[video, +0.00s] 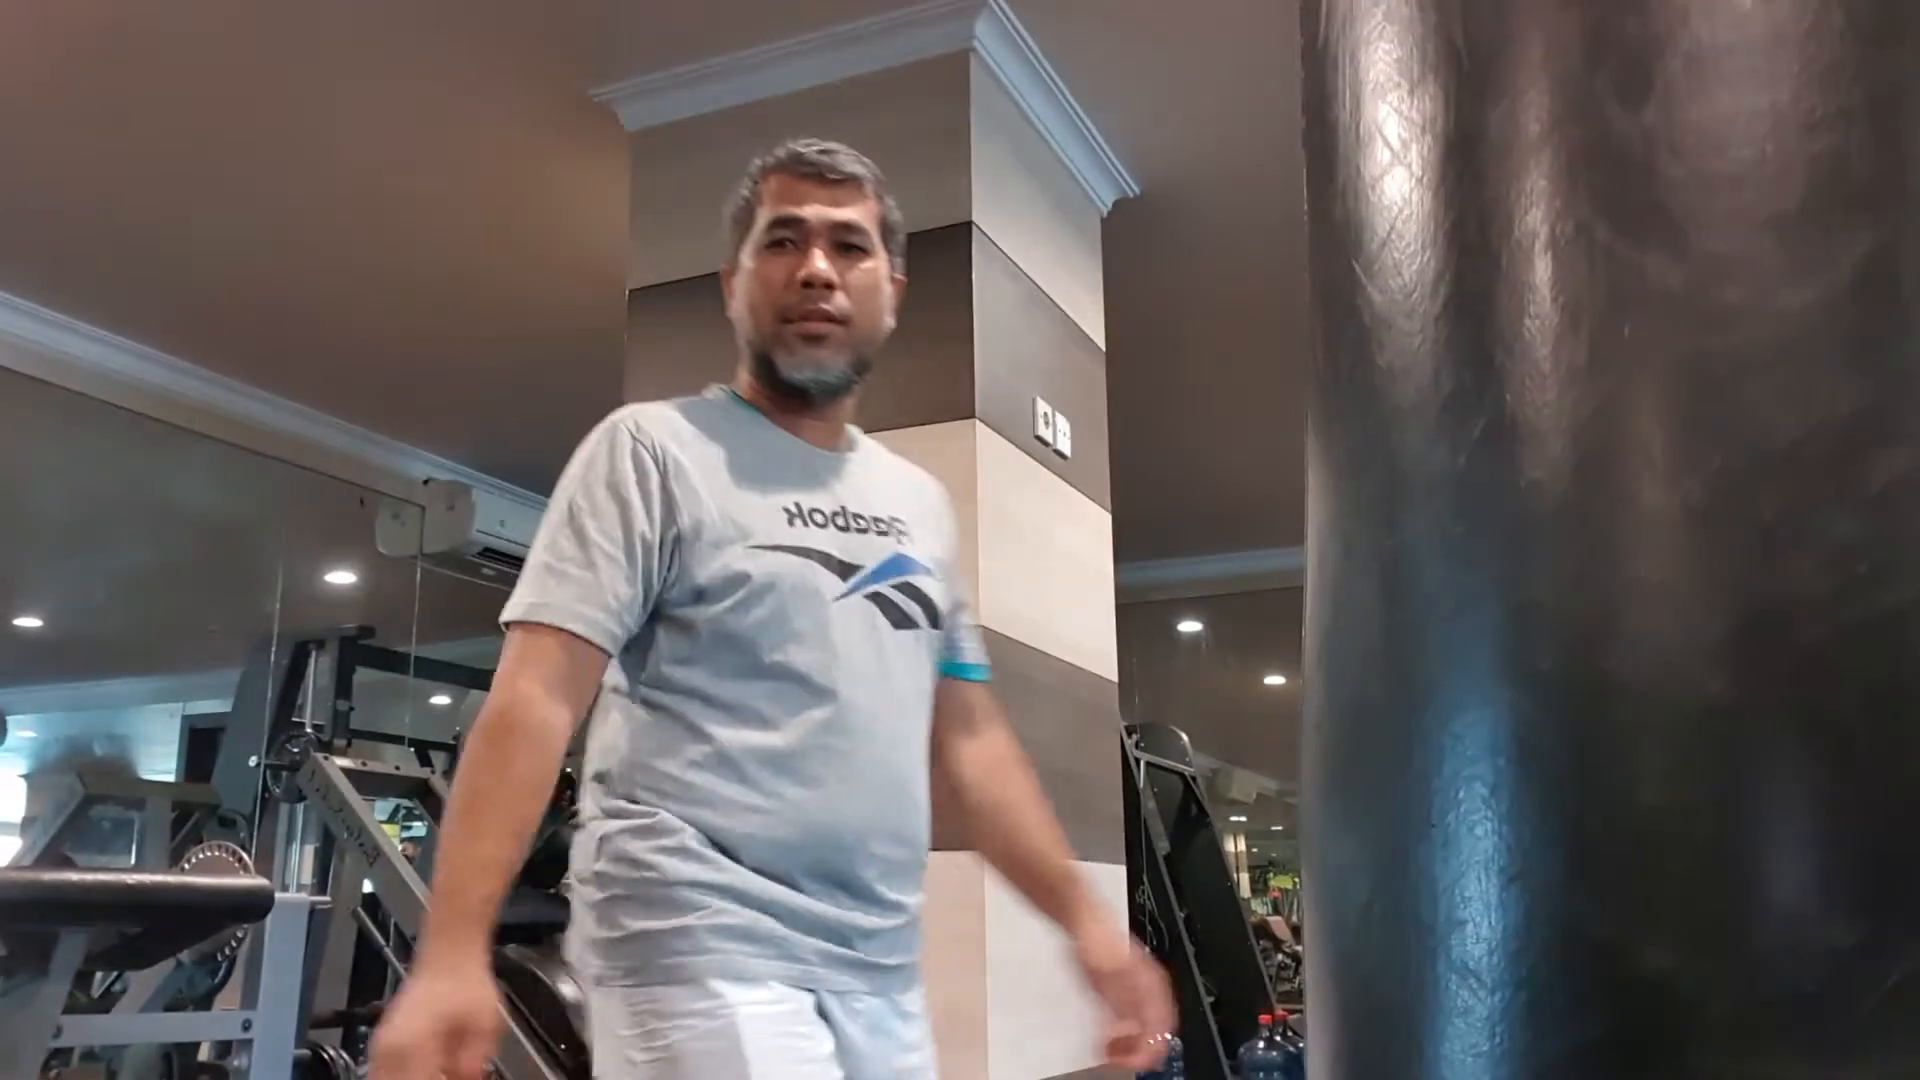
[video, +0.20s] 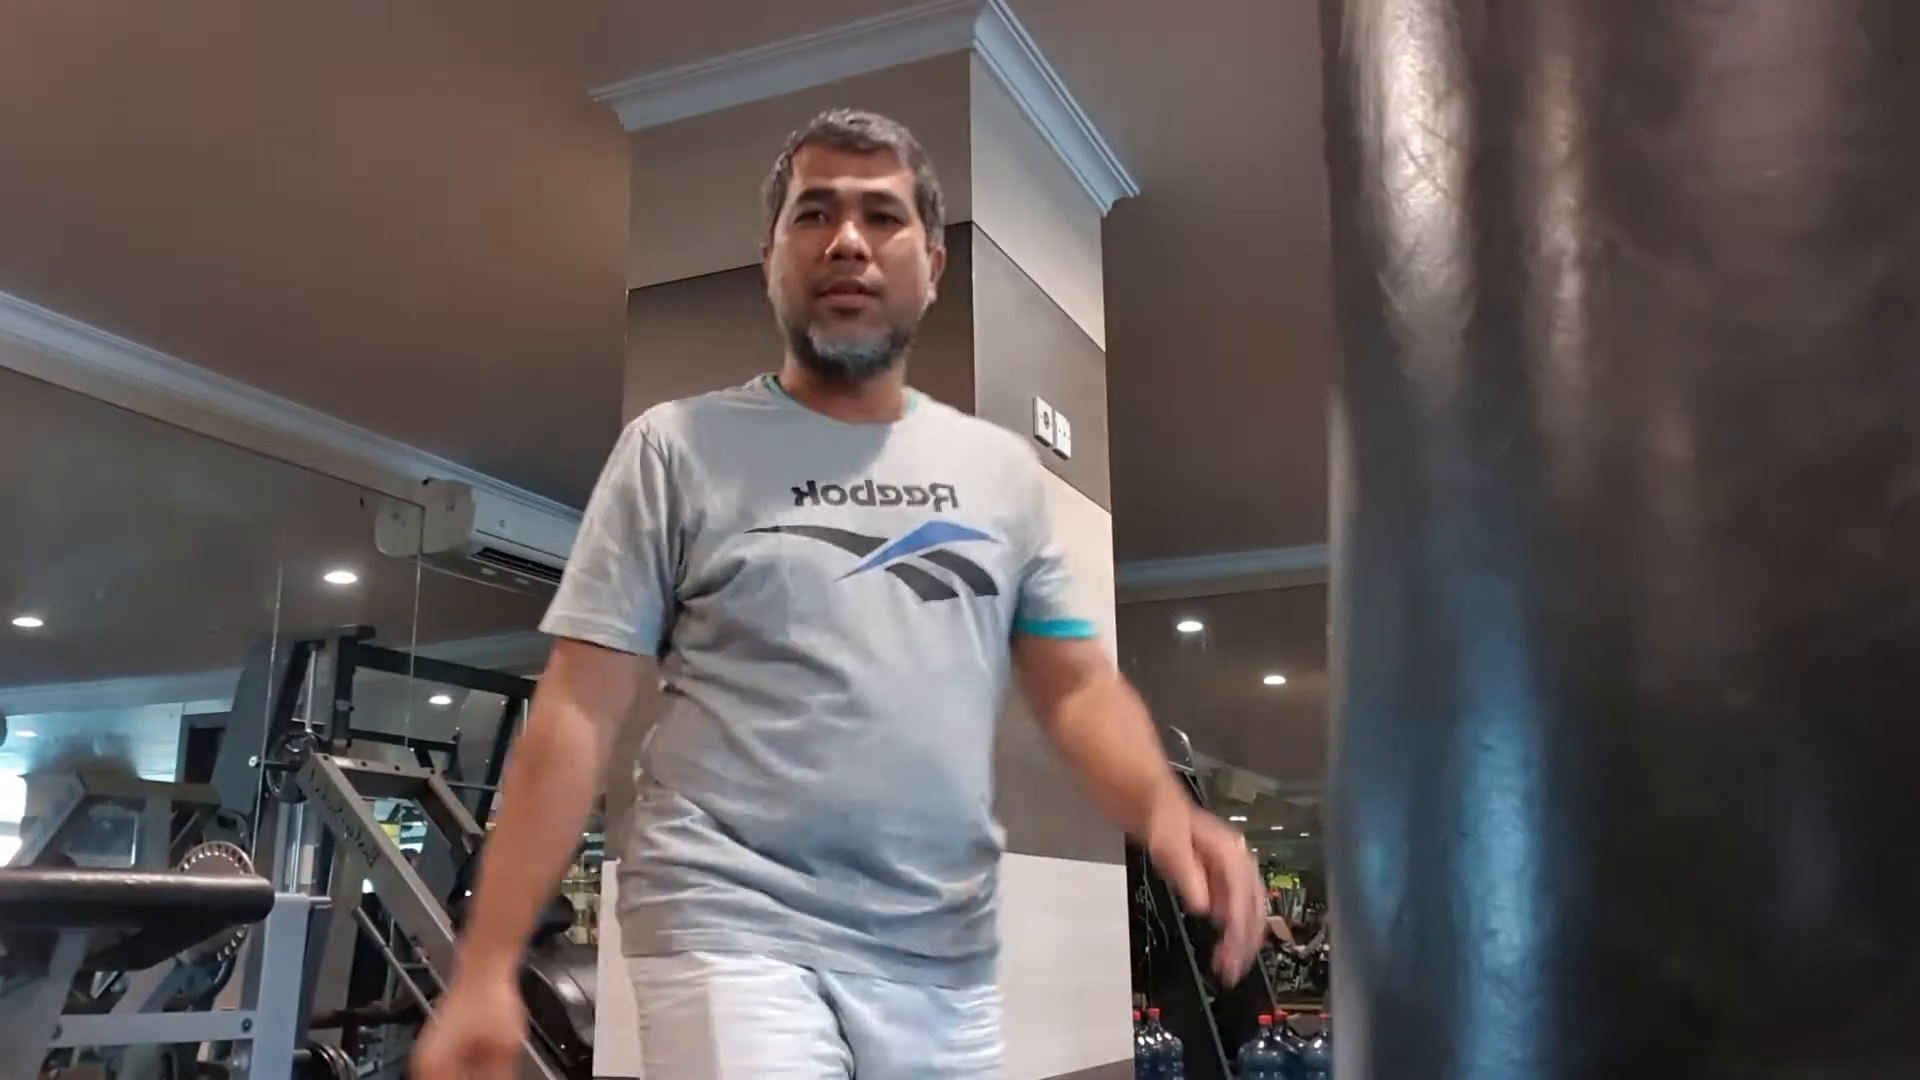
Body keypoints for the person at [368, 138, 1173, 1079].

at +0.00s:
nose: (816, 270)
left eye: (849, 247)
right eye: (784, 242)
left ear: (894, 296)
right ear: (729, 287)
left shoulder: (918, 503)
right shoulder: (647, 452)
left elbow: (966, 737)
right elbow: (534, 699)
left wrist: (1085, 917)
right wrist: (451, 954)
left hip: (876, 971)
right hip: (693, 953)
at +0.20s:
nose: (846, 239)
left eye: (882, 216)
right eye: (814, 213)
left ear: (933, 266)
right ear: (770, 260)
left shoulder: (1006, 474)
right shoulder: (675, 452)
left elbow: (1078, 683)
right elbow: (577, 710)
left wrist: (1164, 808)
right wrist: (486, 968)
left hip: (939, 960)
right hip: (722, 937)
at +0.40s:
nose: (849, 221)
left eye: (889, 194)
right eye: (817, 193)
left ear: (946, 246)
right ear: (775, 241)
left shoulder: (1041, 444)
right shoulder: (682, 462)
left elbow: (1150, 635)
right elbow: (639, 736)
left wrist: (1163, 673)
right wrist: (612, 1001)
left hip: (969, 1002)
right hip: (726, 999)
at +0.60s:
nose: (829, 197)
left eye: (871, 166)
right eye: (793, 167)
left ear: (934, 220)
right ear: (753, 220)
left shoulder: (1048, 396)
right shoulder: (678, 462)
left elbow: (1208, 639)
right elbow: (646, 742)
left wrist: (1123, 573)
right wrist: (615, 1017)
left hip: (1028, 1009)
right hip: (751, 1014)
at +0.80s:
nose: (829, 173)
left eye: (873, 137)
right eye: (793, 139)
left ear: (942, 187)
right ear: (750, 189)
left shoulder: (1057, 375)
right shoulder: (684, 447)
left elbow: (1230, 620)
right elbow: (651, 730)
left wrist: (1115, 492)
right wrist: (591, 1005)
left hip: (1049, 988)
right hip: (754, 1003)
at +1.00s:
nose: (852, 142)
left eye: (898, 105)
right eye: (815, 107)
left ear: (968, 156)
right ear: (772, 156)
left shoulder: (1090, 352)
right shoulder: (708, 425)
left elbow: (1263, 630)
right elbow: (669, 710)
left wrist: (1158, 544)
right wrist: (627, 970)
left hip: (1054, 993)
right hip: (760, 1004)